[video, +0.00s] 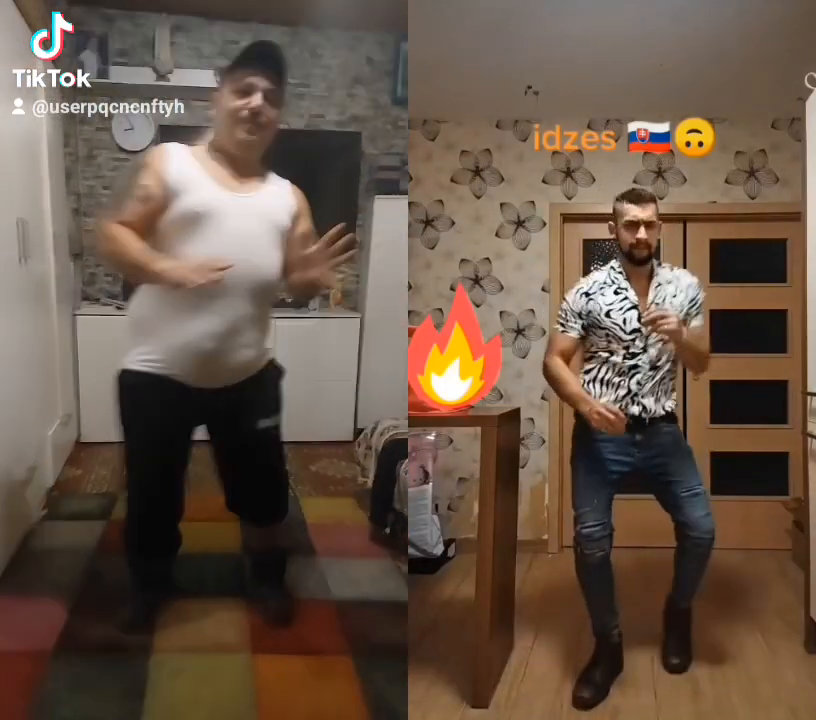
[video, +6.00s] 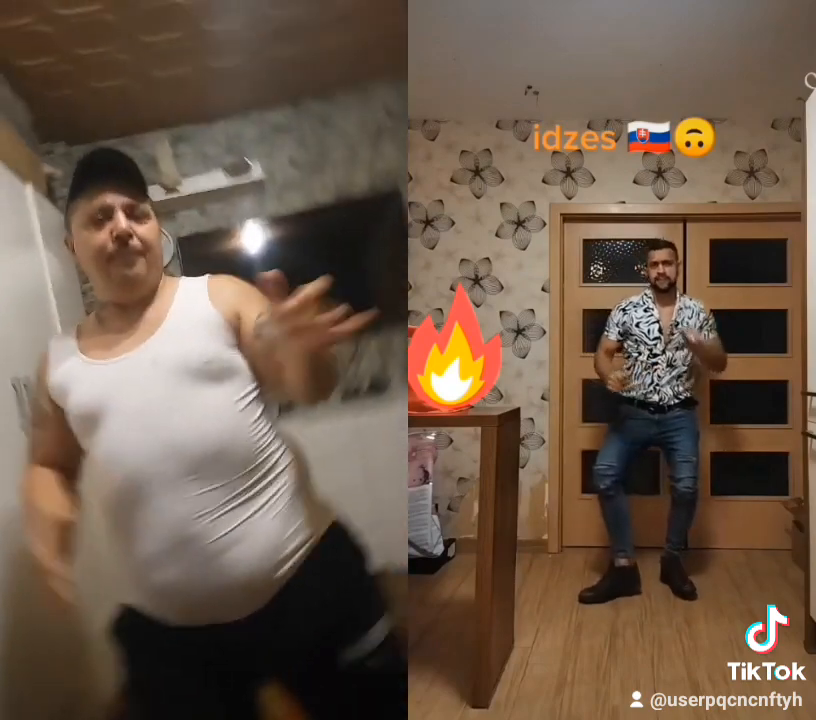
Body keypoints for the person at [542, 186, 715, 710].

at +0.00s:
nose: (641, 234)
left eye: (649, 225)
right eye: (631, 226)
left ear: (660, 229)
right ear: (614, 230)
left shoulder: (682, 285)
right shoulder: (588, 292)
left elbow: (701, 363)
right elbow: (555, 361)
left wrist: (680, 336)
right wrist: (584, 403)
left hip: (661, 434)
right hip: (599, 436)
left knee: (701, 531)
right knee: (590, 543)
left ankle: (679, 614)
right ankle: (607, 648)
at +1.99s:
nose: (616, 255)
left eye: (624, 248)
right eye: (609, 248)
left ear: (634, 252)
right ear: (596, 252)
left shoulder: (658, 296)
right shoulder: (577, 306)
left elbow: (684, 344)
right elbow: (556, 366)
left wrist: (665, 368)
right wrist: (577, 377)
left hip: (648, 421)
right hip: (598, 423)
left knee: (681, 499)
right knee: (590, 510)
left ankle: (664, 598)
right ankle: (613, 595)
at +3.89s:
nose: (633, 287)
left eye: (638, 281)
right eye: (626, 280)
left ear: (643, 281)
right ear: (609, 279)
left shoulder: (656, 312)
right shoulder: (583, 317)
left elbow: (678, 357)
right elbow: (563, 366)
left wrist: (682, 365)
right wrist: (572, 381)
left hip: (657, 420)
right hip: (608, 422)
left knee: (677, 490)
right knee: (581, 494)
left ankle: (654, 579)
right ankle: (604, 568)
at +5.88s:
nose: (662, 273)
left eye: (668, 267)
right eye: (656, 267)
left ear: (678, 271)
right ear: (645, 272)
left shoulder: (692, 317)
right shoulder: (623, 312)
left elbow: (712, 365)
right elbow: (604, 358)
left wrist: (703, 364)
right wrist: (618, 377)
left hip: (678, 415)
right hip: (633, 416)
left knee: (684, 488)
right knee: (609, 483)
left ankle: (672, 563)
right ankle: (629, 574)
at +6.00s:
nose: (661, 270)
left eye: (667, 264)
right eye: (655, 265)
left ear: (678, 268)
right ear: (646, 271)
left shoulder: (697, 312)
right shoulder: (626, 310)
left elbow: (719, 365)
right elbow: (603, 356)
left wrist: (703, 349)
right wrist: (611, 375)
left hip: (679, 413)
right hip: (633, 411)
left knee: (686, 487)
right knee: (605, 478)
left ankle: (673, 563)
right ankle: (624, 569)